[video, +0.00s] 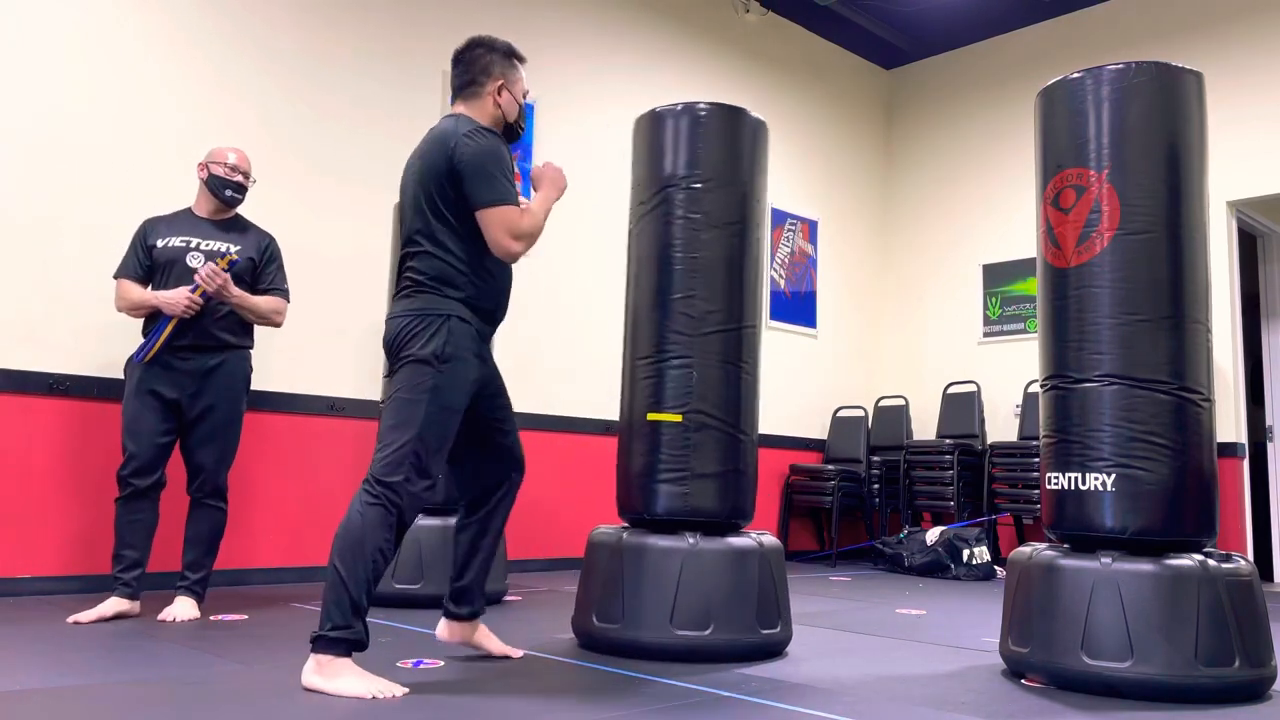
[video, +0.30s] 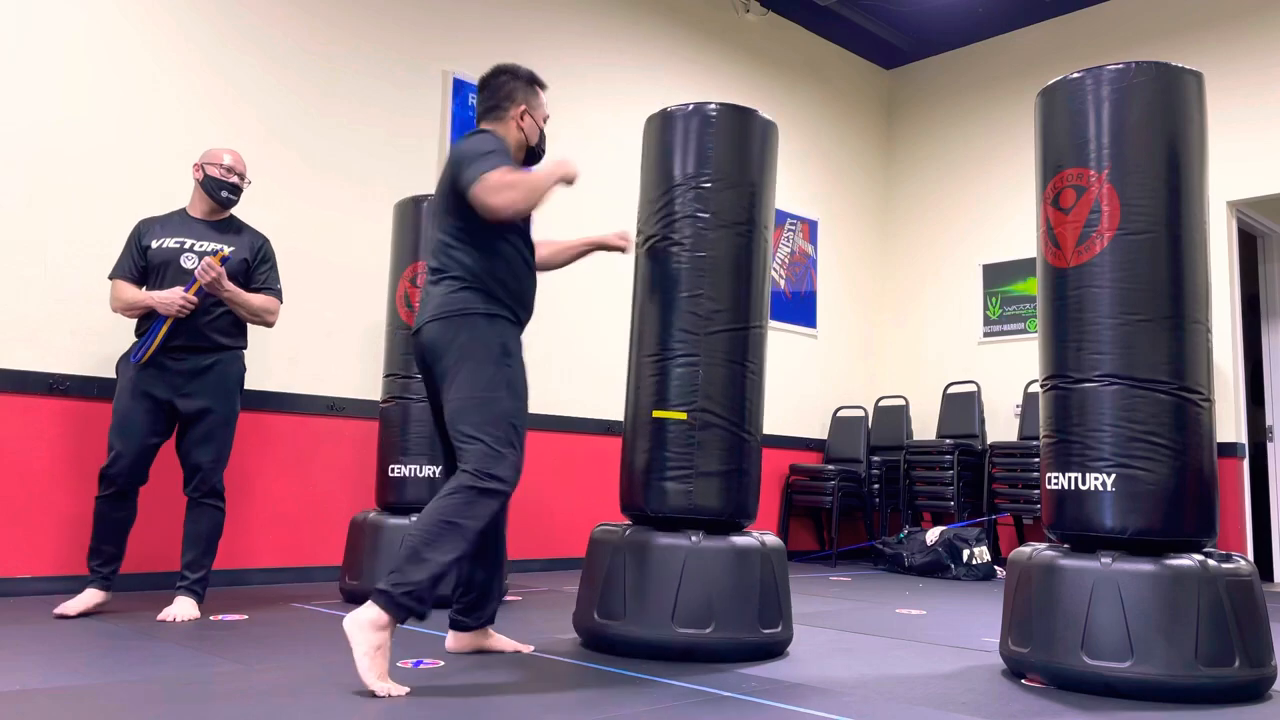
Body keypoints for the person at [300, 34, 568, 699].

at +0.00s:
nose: (522, 105)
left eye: (522, 94)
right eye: (520, 93)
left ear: (467, 88)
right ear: (499, 88)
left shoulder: (440, 143)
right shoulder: (473, 142)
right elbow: (510, 241)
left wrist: (517, 193)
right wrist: (547, 194)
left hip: (447, 328)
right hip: (443, 327)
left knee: (496, 467)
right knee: (395, 485)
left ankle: (463, 620)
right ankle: (330, 655)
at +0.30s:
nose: (544, 132)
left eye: (545, 123)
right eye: (542, 121)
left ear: (505, 115)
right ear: (521, 114)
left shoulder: (493, 172)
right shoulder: (483, 145)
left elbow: (524, 257)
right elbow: (496, 199)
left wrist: (594, 241)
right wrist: (553, 172)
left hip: (465, 324)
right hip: (472, 320)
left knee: (485, 473)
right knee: (491, 468)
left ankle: (471, 625)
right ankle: (378, 615)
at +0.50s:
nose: (546, 134)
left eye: (546, 126)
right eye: (545, 125)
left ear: (483, 123)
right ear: (532, 122)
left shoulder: (435, 176)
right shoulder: (538, 152)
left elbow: (427, 262)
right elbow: (639, 198)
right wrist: (667, 207)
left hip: (426, 325)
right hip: (477, 323)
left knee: (457, 482)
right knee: (439, 484)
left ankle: (463, 627)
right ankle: (355, 638)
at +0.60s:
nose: (545, 134)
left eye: (543, 125)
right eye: (544, 125)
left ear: (483, 121)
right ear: (529, 120)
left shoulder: (436, 175)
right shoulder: (533, 157)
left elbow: (428, 265)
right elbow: (609, 233)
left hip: (423, 324)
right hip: (474, 322)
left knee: (456, 486)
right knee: (433, 490)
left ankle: (464, 626)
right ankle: (369, 650)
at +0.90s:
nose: (550, 127)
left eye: (550, 115)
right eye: (549, 114)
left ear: (499, 105)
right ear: (529, 108)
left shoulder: (471, 154)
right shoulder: (501, 158)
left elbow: (513, 252)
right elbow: (539, 261)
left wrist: (544, 231)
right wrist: (567, 223)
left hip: (444, 323)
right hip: (454, 324)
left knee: (479, 475)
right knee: (428, 485)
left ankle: (467, 617)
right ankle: (367, 649)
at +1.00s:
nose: (554, 133)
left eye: (555, 121)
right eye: (552, 119)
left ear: (509, 113)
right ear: (528, 114)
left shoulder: (484, 164)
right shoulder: (489, 165)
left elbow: (496, 266)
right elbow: (499, 266)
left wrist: (557, 266)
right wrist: (571, 266)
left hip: (463, 339)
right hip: (445, 335)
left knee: (487, 474)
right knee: (426, 484)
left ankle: (470, 616)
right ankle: (367, 649)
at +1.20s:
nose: (553, 141)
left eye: (554, 133)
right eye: (553, 132)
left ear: (493, 125)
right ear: (536, 125)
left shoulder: (449, 179)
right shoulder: (519, 156)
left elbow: (421, 272)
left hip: (432, 327)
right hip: (482, 326)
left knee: (467, 477)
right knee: (485, 474)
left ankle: (476, 614)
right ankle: (397, 616)